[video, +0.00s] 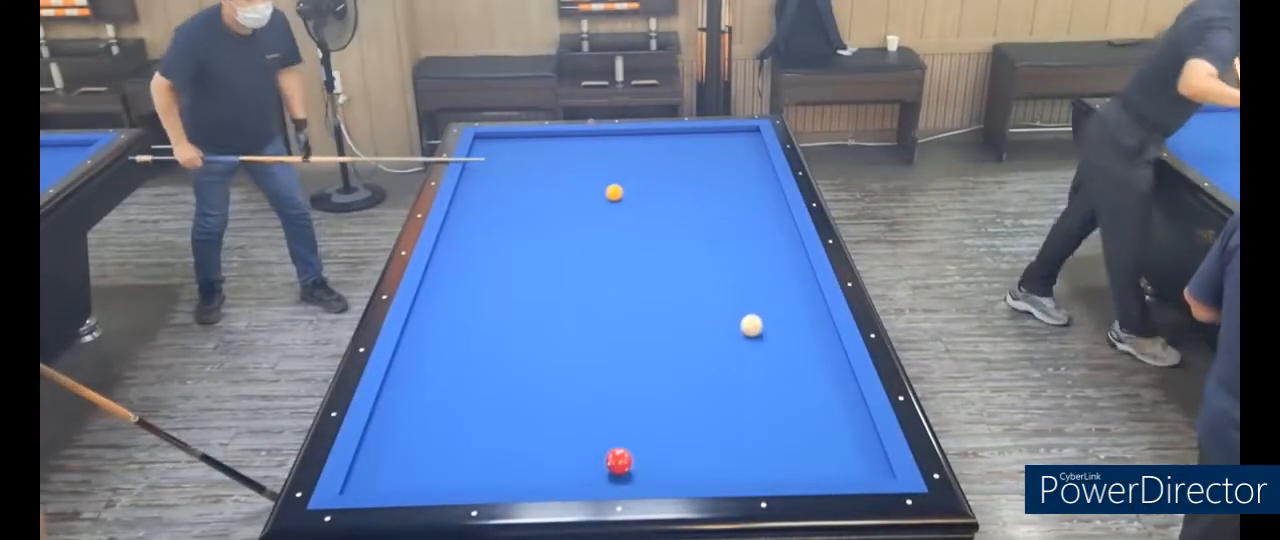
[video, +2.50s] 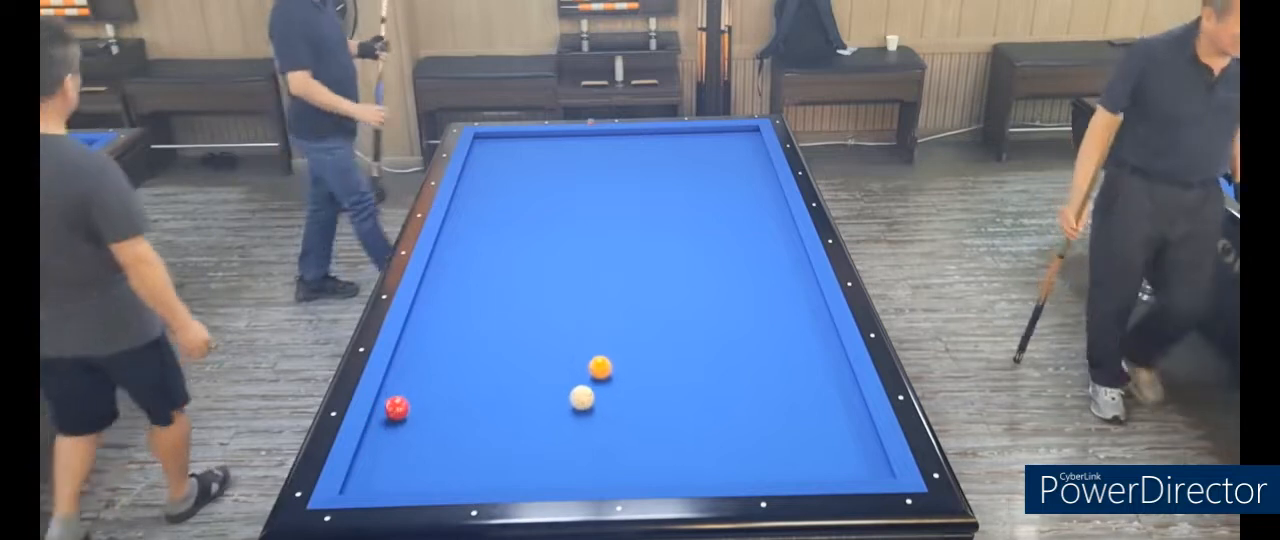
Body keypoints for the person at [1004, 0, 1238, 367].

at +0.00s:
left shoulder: (1214, 9)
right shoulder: (1222, 26)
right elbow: (1193, 84)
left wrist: (1230, 79)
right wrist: (1239, 97)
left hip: (1116, 127)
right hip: (1126, 142)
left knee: (1079, 217)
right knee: (1125, 240)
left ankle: (1032, 288)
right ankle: (1132, 329)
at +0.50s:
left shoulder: (1179, 3)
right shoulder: (1236, 24)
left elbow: (1124, 34)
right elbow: (1236, 94)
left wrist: (1161, 29)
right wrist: (1224, 94)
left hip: (1120, 120)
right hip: (1158, 136)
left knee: (1088, 219)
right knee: (1137, 237)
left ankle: (1059, 301)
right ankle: (1130, 329)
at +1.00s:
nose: (1205, 0)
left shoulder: (1158, 8)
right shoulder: (1163, 12)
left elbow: (1137, 66)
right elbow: (1114, 74)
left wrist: (1179, 83)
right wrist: (1154, 131)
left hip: (1114, 132)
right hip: (1132, 143)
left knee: (1090, 220)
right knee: (1119, 239)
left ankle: (1060, 299)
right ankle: (1076, 331)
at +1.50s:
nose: (1228, 15)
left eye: (1231, 9)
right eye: (1232, 8)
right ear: (1220, 3)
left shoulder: (1154, 7)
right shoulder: (1169, 18)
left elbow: (1097, 57)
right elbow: (1102, 67)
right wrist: (1075, 139)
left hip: (1112, 141)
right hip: (1122, 148)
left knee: (1096, 238)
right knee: (1102, 245)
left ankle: (1069, 310)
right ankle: (1070, 335)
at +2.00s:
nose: (1237, 15)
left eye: (1238, 8)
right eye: (1236, 6)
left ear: (1217, 4)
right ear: (1215, 1)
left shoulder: (1194, 28)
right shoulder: (1163, 26)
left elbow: (1154, 91)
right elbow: (1099, 87)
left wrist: (1164, 140)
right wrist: (1076, 156)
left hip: (1150, 155)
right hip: (1123, 155)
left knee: (1105, 237)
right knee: (1122, 266)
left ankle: (1071, 306)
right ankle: (1104, 367)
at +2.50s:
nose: (1237, 49)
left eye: (1241, 41)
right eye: (1233, 38)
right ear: (1207, 19)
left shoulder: (1235, 71)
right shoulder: (1148, 56)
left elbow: (1233, 136)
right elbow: (1102, 125)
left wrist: (1235, 183)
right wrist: (1076, 196)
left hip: (1200, 201)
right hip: (1134, 194)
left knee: (1188, 303)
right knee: (1113, 293)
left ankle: (1136, 355)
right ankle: (1106, 379)